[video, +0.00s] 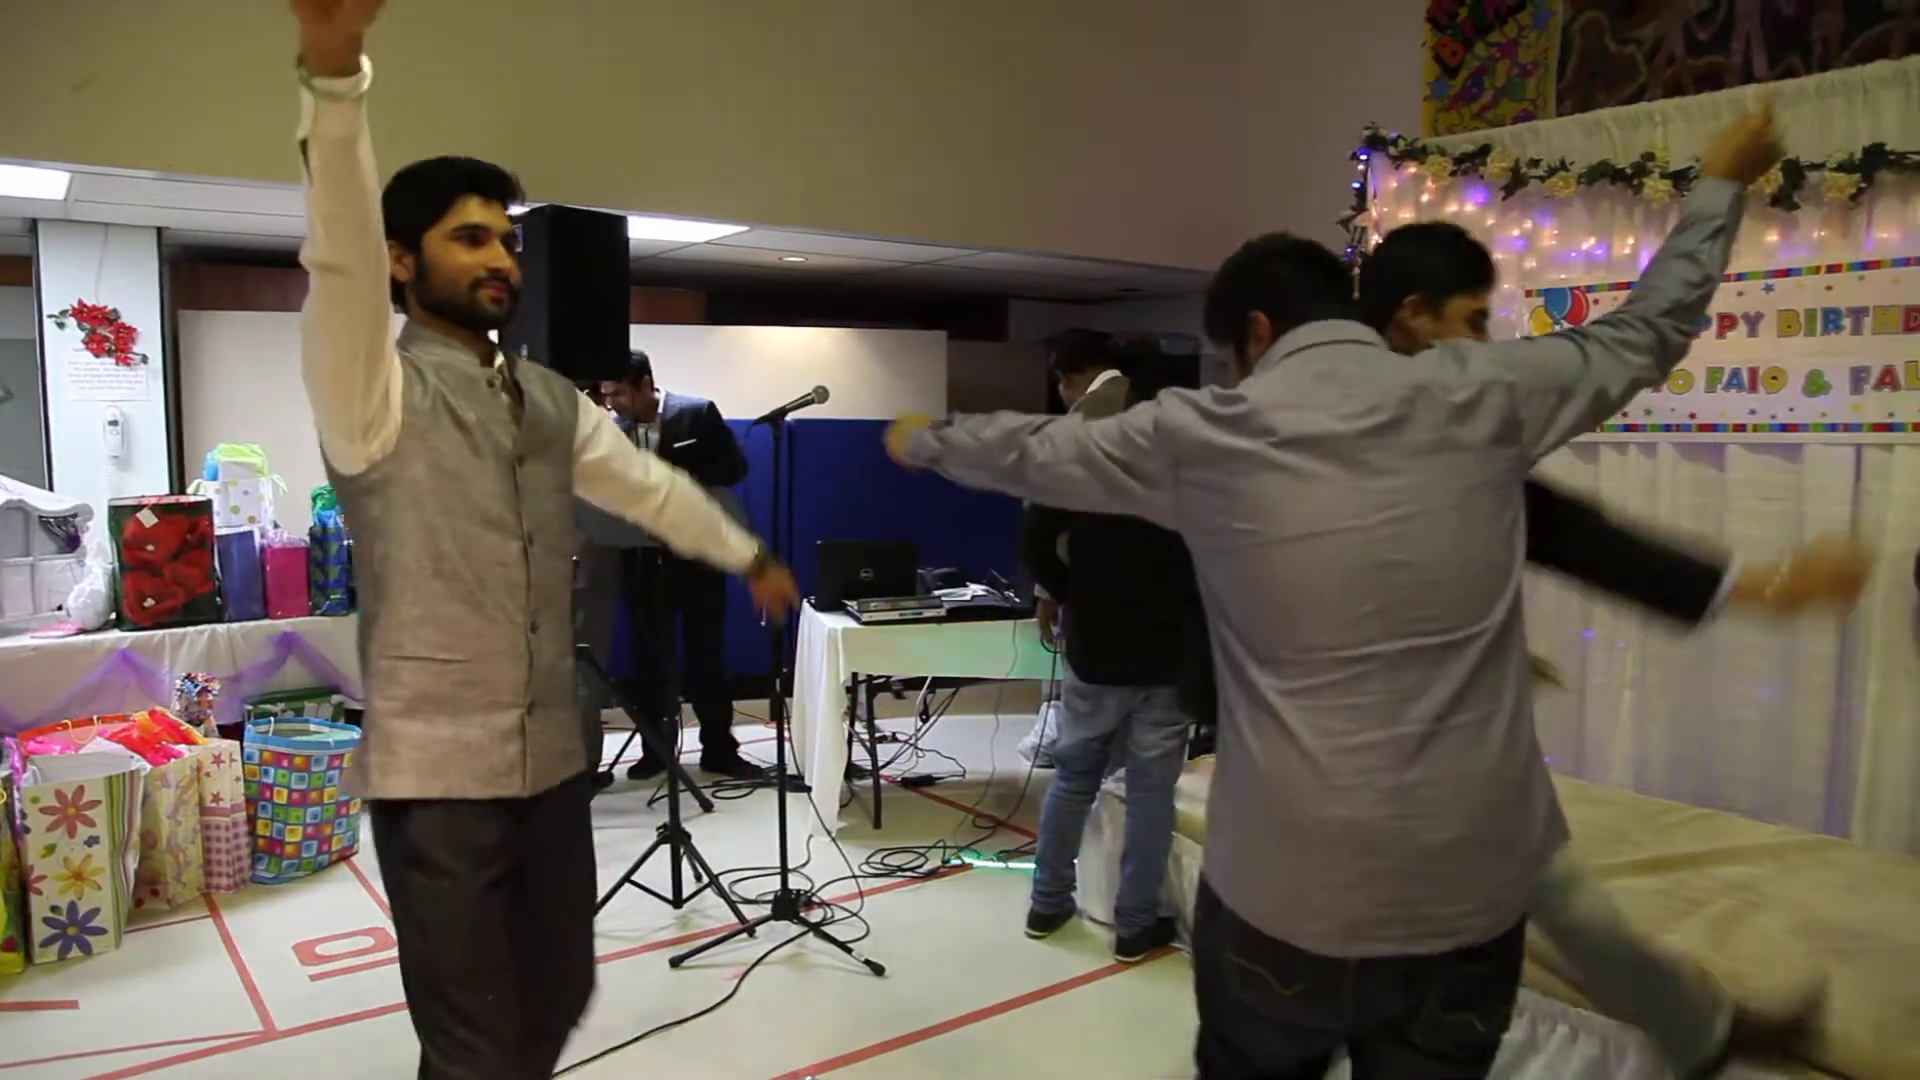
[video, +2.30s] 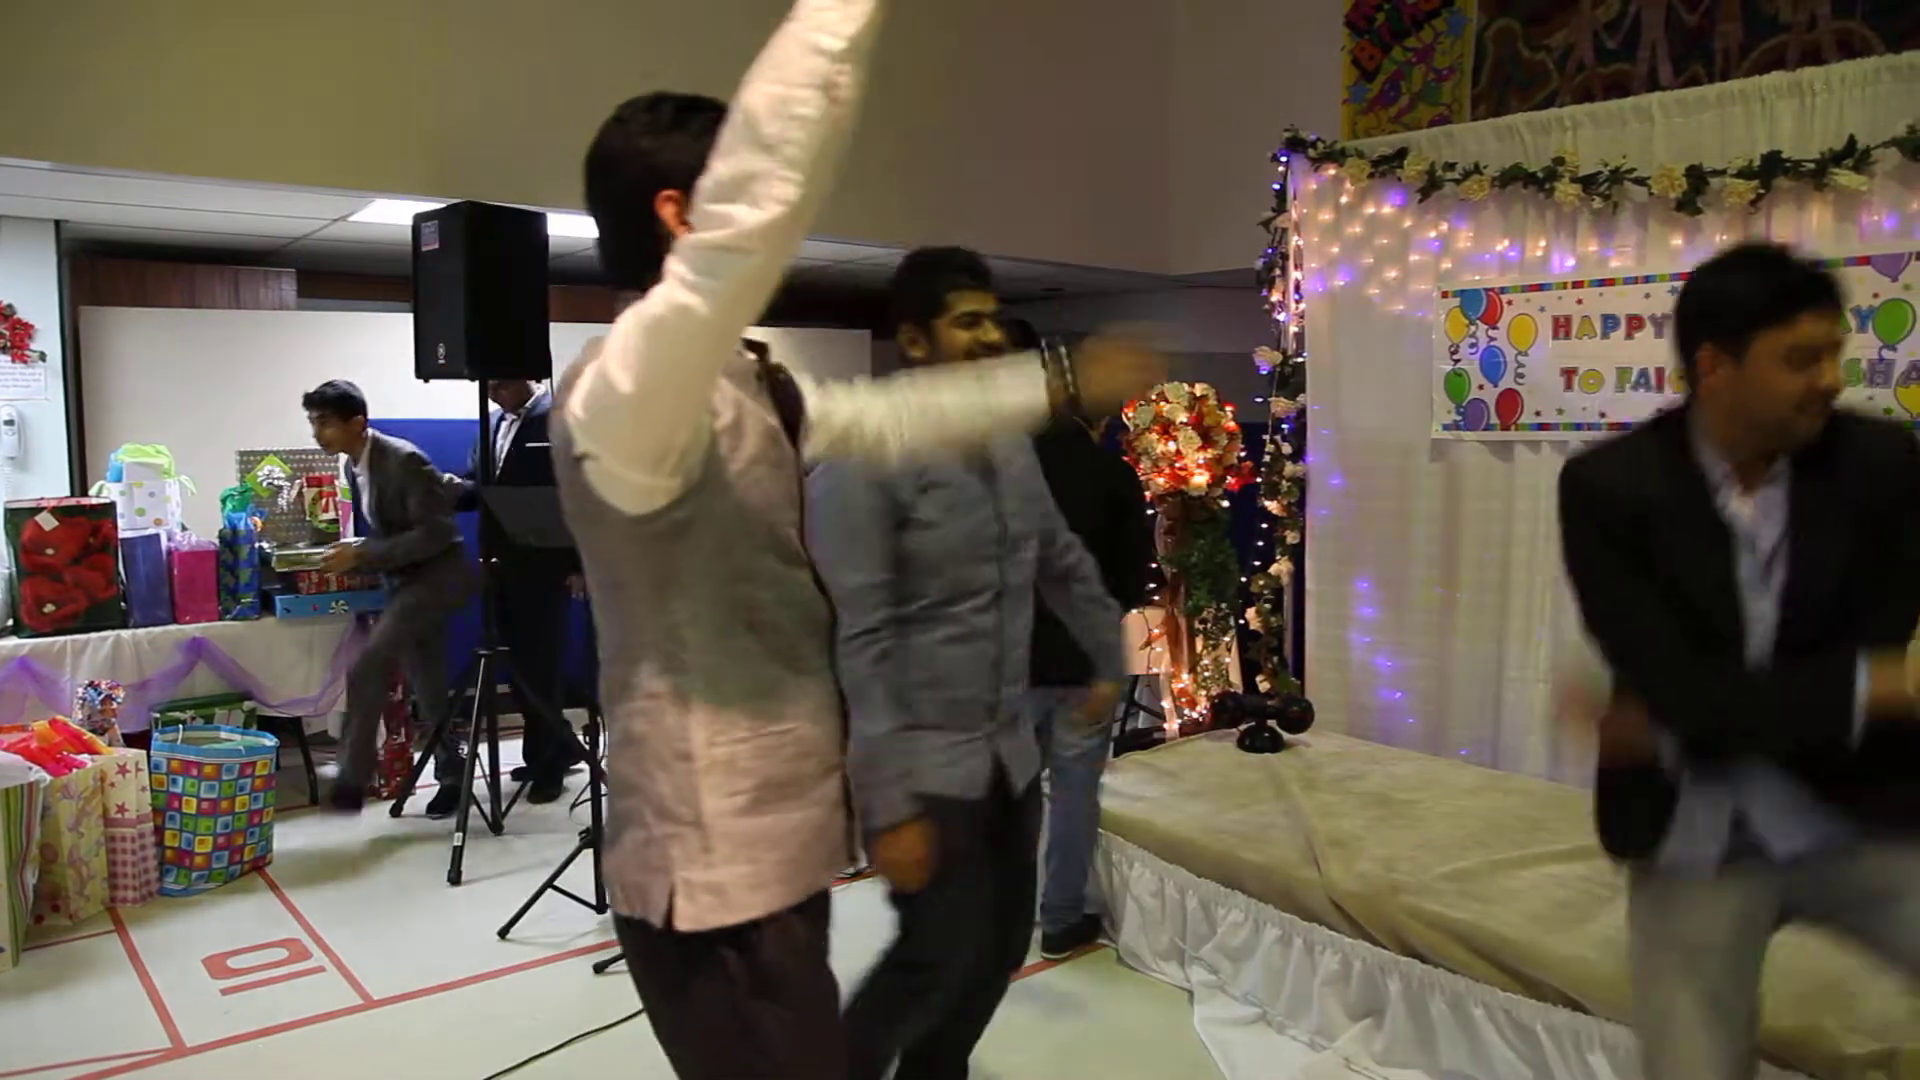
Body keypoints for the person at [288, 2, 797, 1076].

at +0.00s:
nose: (501, 256)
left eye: (507, 240)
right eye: (471, 238)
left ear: (515, 261)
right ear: (405, 260)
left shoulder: (546, 395)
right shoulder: (373, 387)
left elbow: (646, 483)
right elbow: (346, 259)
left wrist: (750, 558)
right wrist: (332, 79)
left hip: (554, 759)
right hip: (438, 768)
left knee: (556, 1003)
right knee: (480, 1043)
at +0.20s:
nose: (496, 261)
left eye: (504, 244)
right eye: (465, 239)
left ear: (511, 265)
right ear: (400, 256)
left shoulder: (525, 404)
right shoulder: (367, 406)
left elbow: (627, 420)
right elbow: (363, 256)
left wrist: (742, 416)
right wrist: (381, 64)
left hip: (553, 799)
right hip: (437, 821)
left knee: (618, 1043)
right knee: (506, 1069)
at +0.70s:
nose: (516, 259)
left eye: (511, 235)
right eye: (489, 235)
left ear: (409, 246)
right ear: (399, 243)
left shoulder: (492, 381)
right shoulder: (373, 413)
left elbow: (577, 327)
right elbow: (433, 242)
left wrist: (664, 240)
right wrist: (495, 24)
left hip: (553, 817)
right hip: (461, 844)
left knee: (628, 1058)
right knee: (488, 1074)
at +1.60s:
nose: (616, 262)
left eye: (608, 238)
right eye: (589, 239)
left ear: (582, 252)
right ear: (513, 256)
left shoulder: (587, 384)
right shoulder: (461, 418)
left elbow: (692, 322)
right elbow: (500, 249)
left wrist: (790, 207)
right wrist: (563, 29)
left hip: (635, 820)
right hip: (563, 849)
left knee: (686, 1063)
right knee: (661, 1070)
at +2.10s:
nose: (731, 218)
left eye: (723, 196)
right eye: (698, 201)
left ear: (688, 221)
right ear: (621, 217)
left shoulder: (717, 361)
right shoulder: (581, 396)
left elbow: (837, 297)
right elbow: (664, 197)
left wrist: (954, 187)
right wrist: (737, 1)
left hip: (739, 827)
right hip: (668, 850)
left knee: (709, 1065)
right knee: (757, 1069)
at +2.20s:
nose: (756, 222)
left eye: (747, 196)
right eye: (725, 200)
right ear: (645, 213)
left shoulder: (735, 365)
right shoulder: (602, 394)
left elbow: (868, 343)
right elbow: (704, 204)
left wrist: (1012, 241)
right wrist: (778, 7)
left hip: (760, 833)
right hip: (689, 858)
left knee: (773, 1055)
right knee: (752, 1066)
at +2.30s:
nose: (765, 210)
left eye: (764, 186)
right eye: (736, 189)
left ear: (696, 210)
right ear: (676, 213)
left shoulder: (759, 379)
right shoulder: (621, 398)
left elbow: (888, 414)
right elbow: (751, 209)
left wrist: (1059, 384)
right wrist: (839, 3)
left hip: (783, 840)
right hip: (705, 865)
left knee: (820, 1057)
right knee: (792, 1066)